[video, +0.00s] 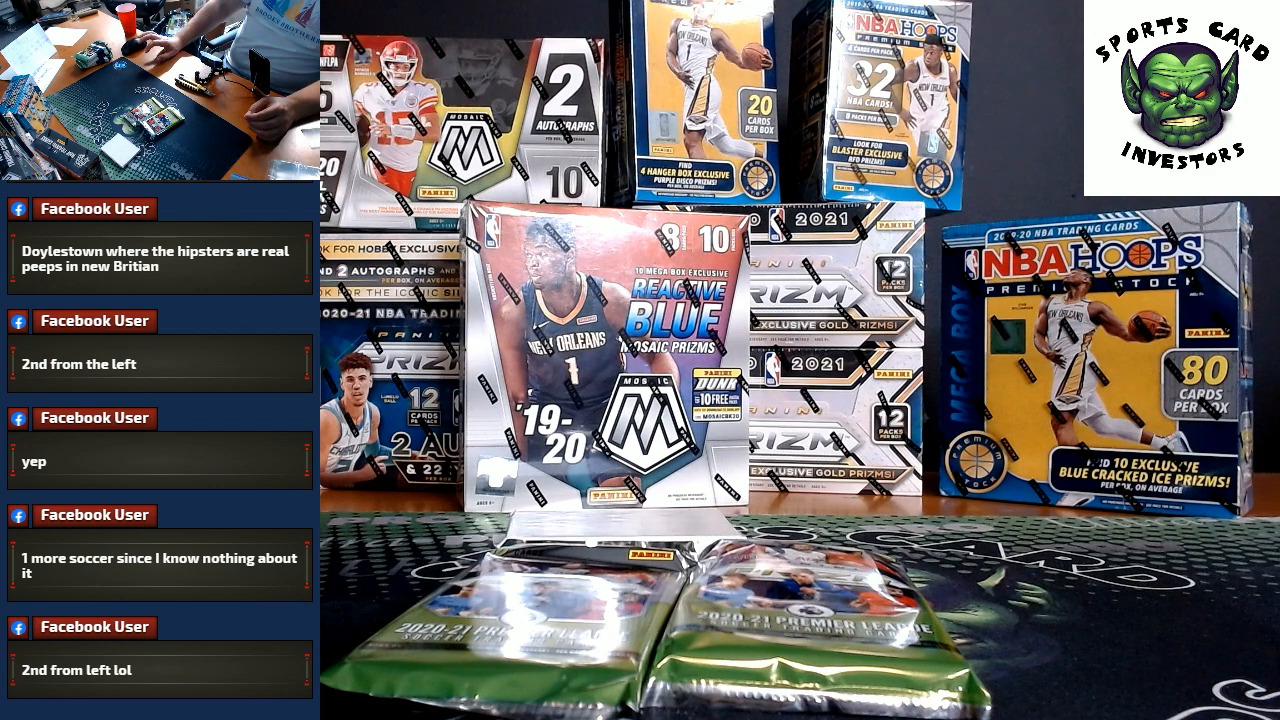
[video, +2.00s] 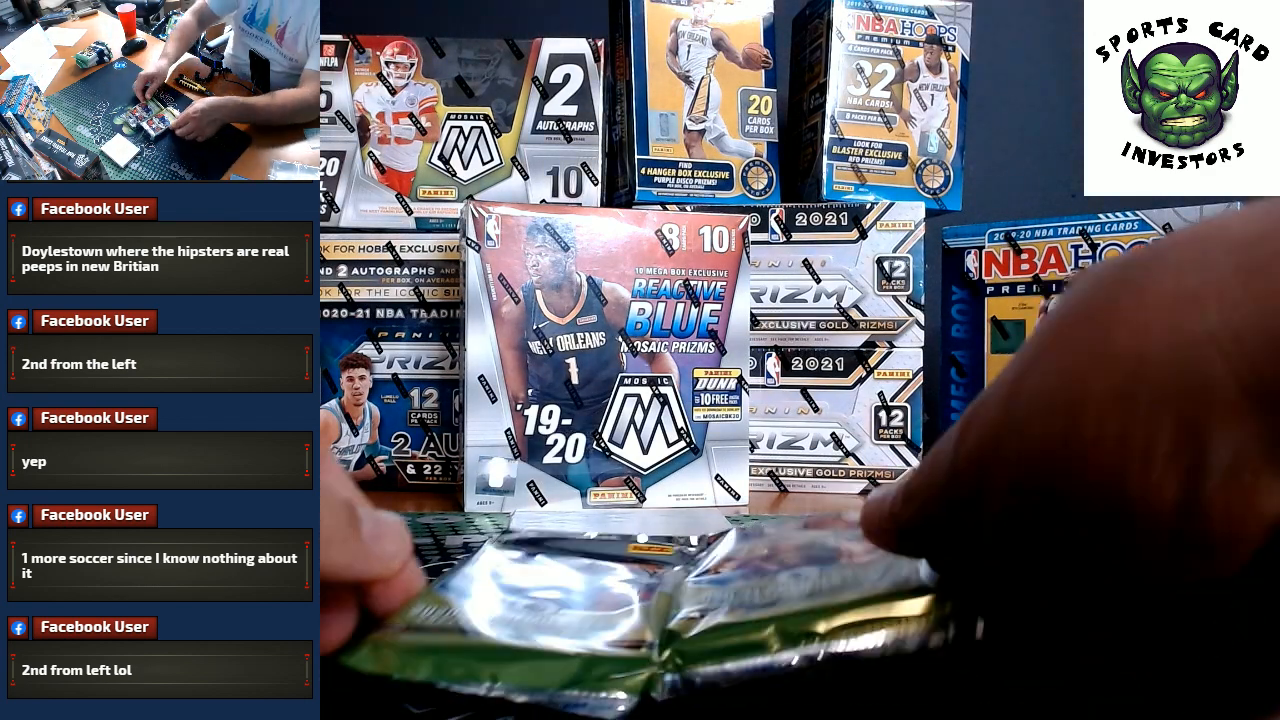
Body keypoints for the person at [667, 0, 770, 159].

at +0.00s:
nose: (697, 9)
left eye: (702, 6)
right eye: (695, 5)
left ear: (711, 12)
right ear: (691, 8)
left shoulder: (715, 34)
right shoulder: (678, 25)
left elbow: (739, 60)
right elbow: (670, 53)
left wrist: (764, 62)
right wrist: (678, 72)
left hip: (705, 87)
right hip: (692, 88)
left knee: (692, 141)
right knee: (725, 145)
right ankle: (767, 158)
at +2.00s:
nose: (697, 10)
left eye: (702, 7)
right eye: (695, 6)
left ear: (711, 12)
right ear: (691, 9)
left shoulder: (715, 34)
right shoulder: (678, 24)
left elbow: (739, 59)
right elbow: (670, 53)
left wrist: (764, 62)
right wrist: (678, 72)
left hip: (705, 87)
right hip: (692, 88)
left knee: (692, 141)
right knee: (725, 145)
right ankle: (767, 158)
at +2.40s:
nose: (697, 9)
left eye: (702, 6)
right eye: (695, 5)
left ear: (711, 11)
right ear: (691, 8)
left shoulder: (715, 34)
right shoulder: (678, 24)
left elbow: (739, 59)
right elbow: (670, 54)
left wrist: (764, 63)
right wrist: (678, 72)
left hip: (705, 87)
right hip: (692, 88)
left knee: (692, 141)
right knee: (725, 145)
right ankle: (765, 157)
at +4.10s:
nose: (698, 8)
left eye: (702, 5)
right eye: (696, 5)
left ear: (709, 12)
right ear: (691, 7)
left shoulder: (715, 34)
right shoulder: (678, 24)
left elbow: (739, 60)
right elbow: (670, 54)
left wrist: (764, 62)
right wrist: (678, 72)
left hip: (705, 87)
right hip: (692, 88)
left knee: (692, 141)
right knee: (725, 145)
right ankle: (766, 157)